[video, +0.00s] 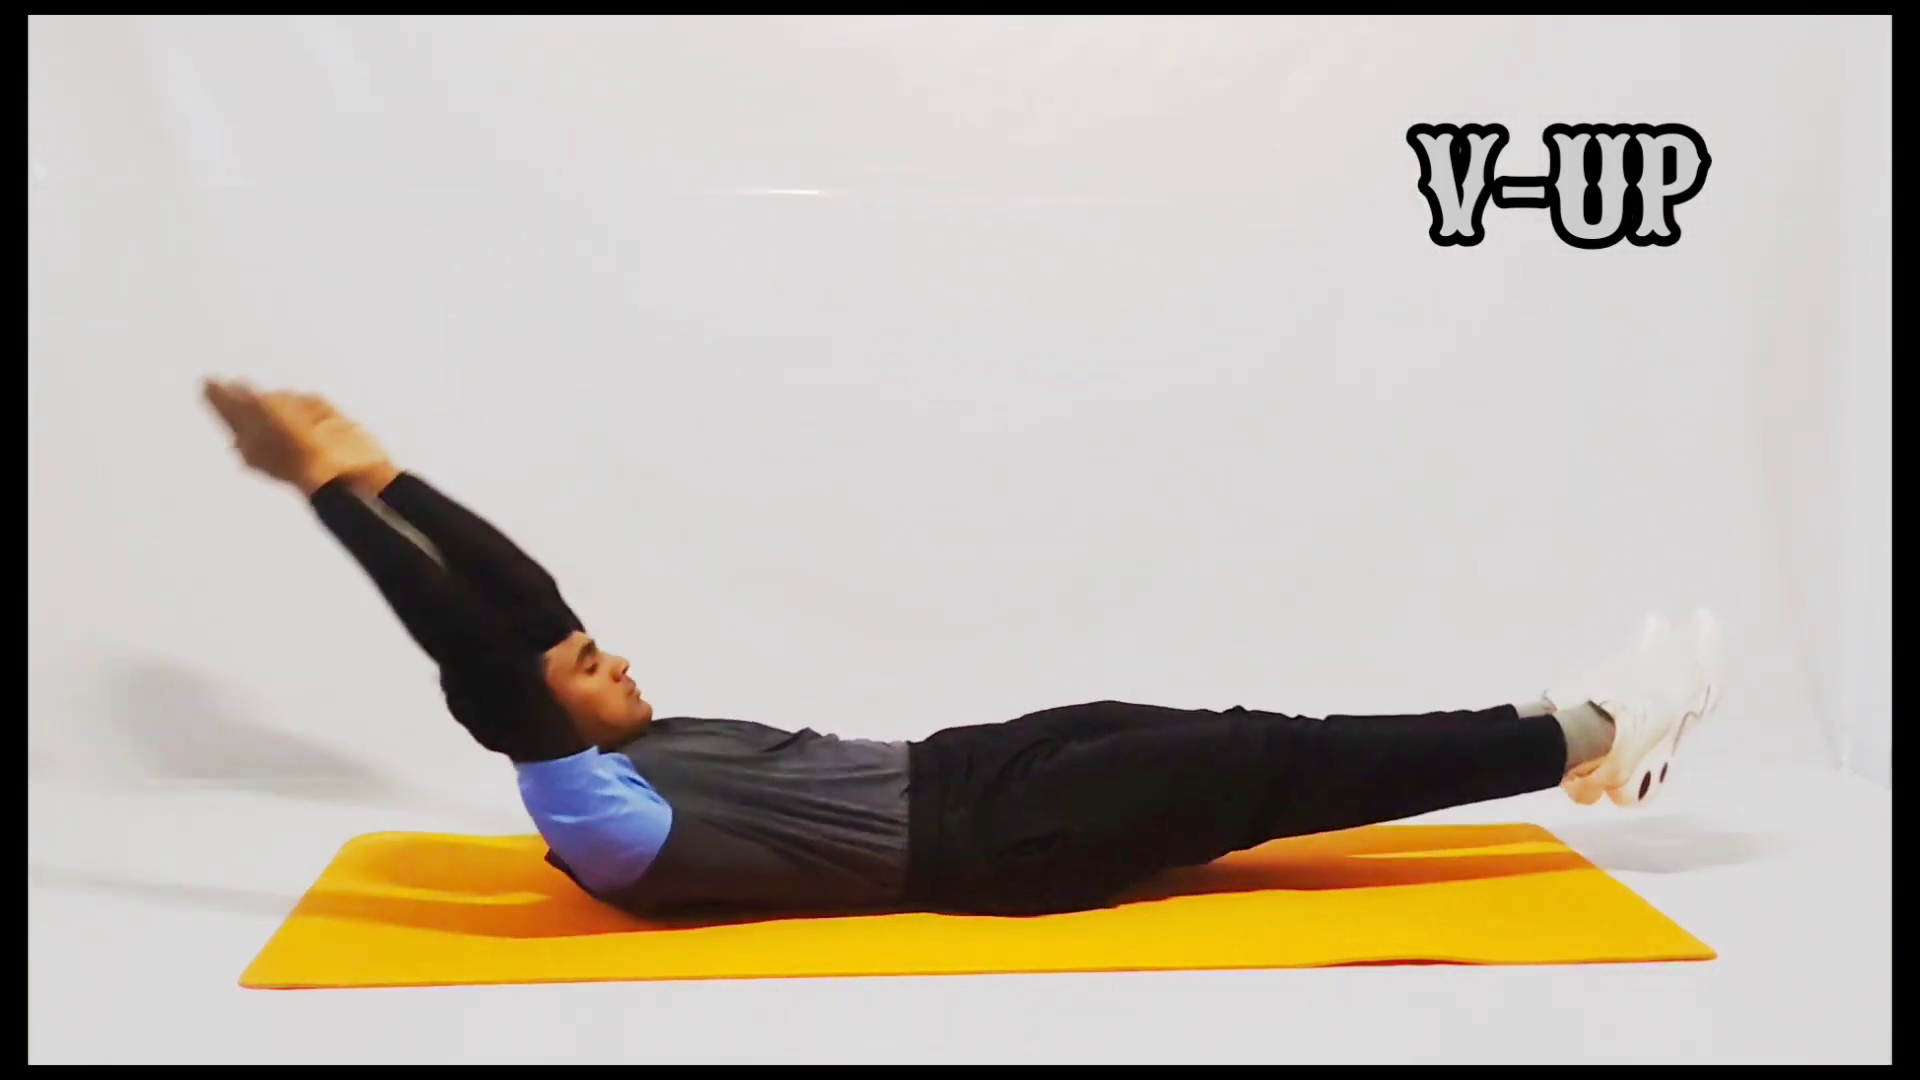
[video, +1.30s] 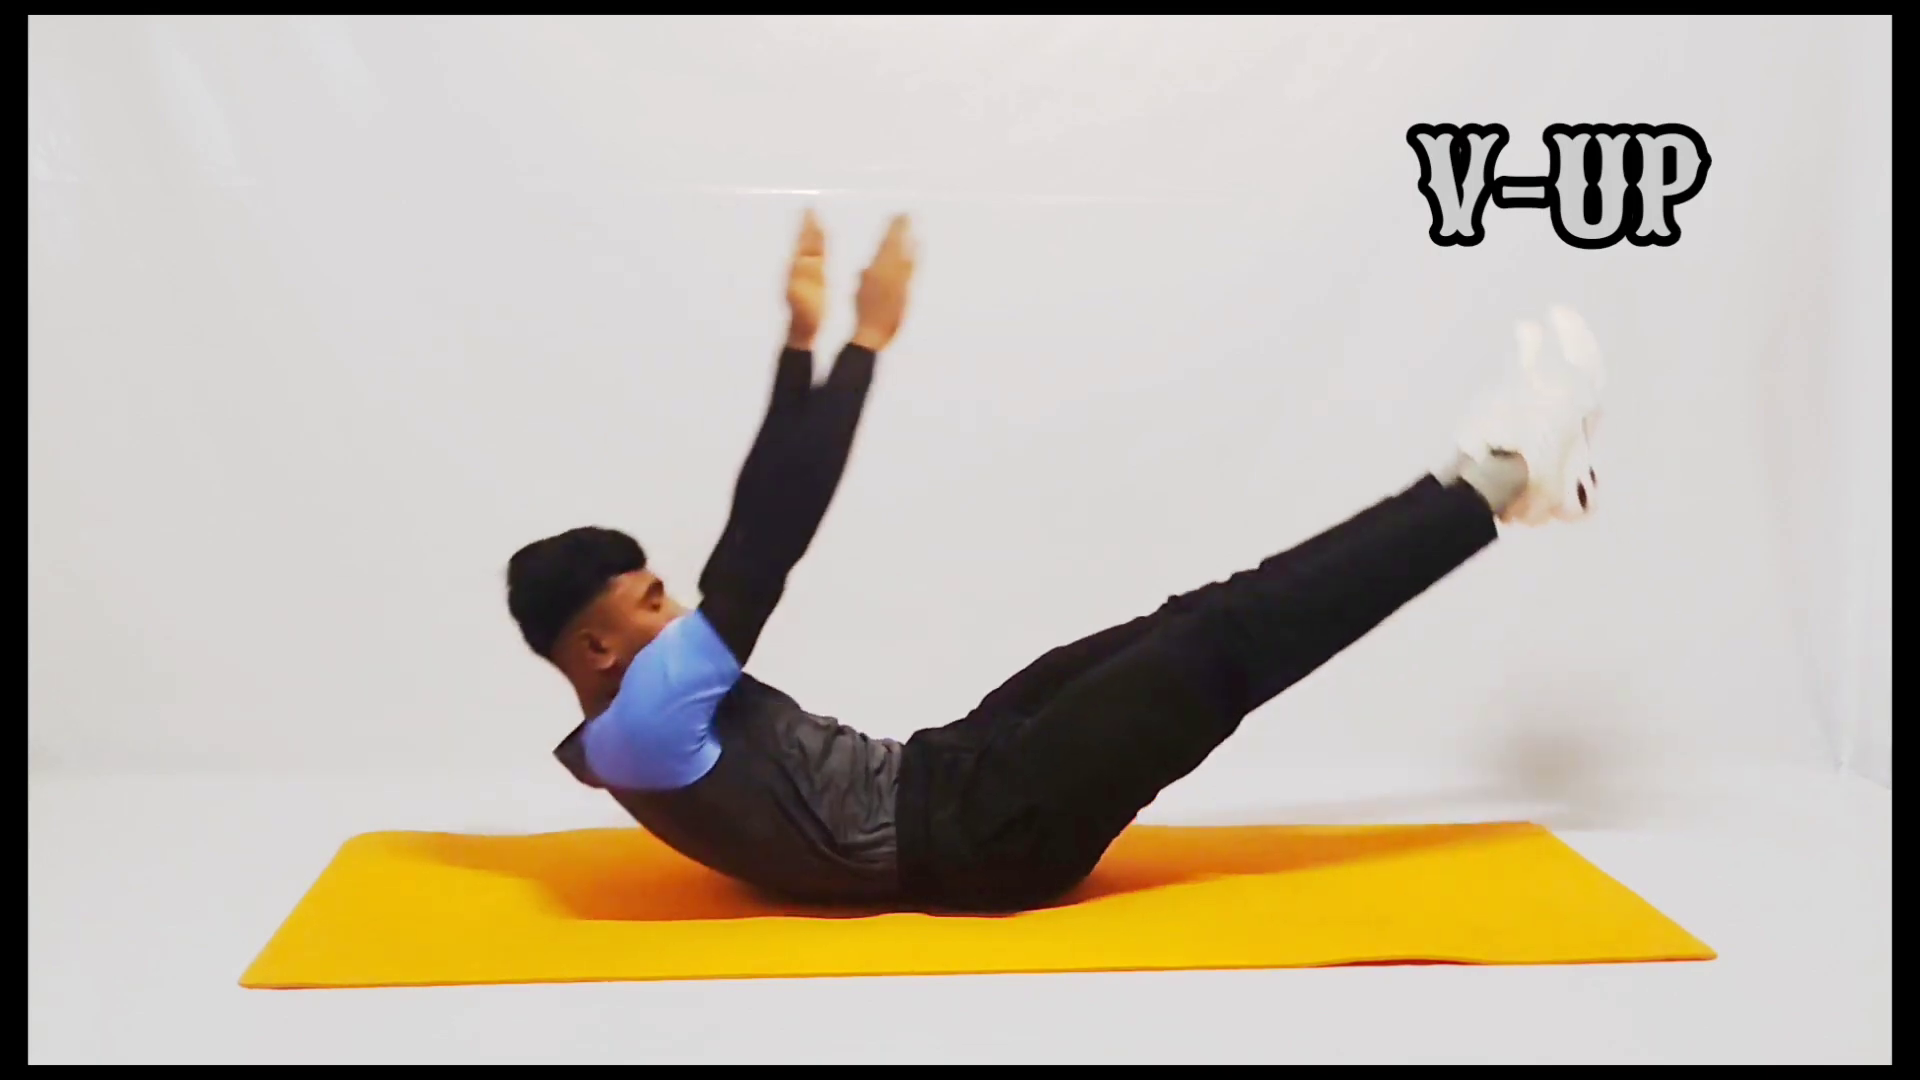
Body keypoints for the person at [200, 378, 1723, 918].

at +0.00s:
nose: (599, 660)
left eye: (586, 643)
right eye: (575, 658)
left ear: (588, 673)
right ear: (547, 710)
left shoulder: (647, 757)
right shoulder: (610, 811)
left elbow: (516, 617)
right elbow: (471, 647)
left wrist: (381, 477)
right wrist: (338, 497)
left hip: (985, 767)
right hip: (978, 827)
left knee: (1272, 744)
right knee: (1266, 762)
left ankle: (1566, 740)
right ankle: (1571, 755)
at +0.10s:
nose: (582, 684)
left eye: (563, 673)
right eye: (554, 690)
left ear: (559, 711)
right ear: (524, 745)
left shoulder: (615, 772)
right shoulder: (583, 831)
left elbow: (476, 640)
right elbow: (402, 697)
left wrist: (303, 546)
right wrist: (232, 583)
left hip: (990, 776)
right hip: (981, 816)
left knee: (1265, 760)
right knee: (1260, 780)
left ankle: (1562, 765)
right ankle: (1569, 773)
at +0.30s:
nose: (542, 713)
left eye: (522, 705)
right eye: (515, 726)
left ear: (537, 725)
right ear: (490, 789)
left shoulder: (611, 771)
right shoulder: (570, 846)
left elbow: (404, 728)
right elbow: (346, 825)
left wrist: (217, 723)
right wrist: (130, 801)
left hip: (994, 756)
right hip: (975, 822)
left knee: (1267, 759)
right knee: (1265, 793)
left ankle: (1564, 783)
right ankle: (1566, 781)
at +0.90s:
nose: (564, 718)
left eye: (543, 710)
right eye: (537, 727)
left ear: (544, 747)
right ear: (510, 788)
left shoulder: (600, 790)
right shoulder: (600, 842)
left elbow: (393, 747)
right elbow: (391, 786)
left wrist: (192, 703)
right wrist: (191, 719)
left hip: (1002, 772)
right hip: (993, 815)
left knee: (1279, 763)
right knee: (1285, 780)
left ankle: (1576, 769)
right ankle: (1581, 758)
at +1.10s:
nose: (608, 679)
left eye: (590, 666)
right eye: (579, 673)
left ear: (525, 729)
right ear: (544, 715)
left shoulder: (620, 793)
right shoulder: (596, 803)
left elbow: (555, 593)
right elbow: (551, 590)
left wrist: (446, 439)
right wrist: (475, 419)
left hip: (988, 811)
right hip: (974, 821)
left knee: (1257, 711)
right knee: (1255, 729)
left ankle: (1553, 645)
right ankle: (1551, 645)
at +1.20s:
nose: (622, 639)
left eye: (609, 628)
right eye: (592, 640)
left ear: (591, 657)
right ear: (547, 689)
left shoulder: (637, 721)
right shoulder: (619, 750)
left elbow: (687, 535)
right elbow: (697, 548)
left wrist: (679, 352)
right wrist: (717, 344)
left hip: (962, 776)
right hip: (965, 830)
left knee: (1229, 656)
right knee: (1236, 685)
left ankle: (1523, 555)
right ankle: (1528, 560)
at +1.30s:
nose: (663, 607)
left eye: (648, 586)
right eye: (633, 601)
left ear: (632, 611)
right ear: (579, 648)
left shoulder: (659, 700)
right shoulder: (652, 713)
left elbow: (756, 531)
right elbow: (769, 541)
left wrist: (801, 353)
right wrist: (864, 348)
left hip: (954, 783)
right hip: (965, 839)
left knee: (1211, 624)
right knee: (1221, 649)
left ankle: (1489, 486)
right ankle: (1489, 482)